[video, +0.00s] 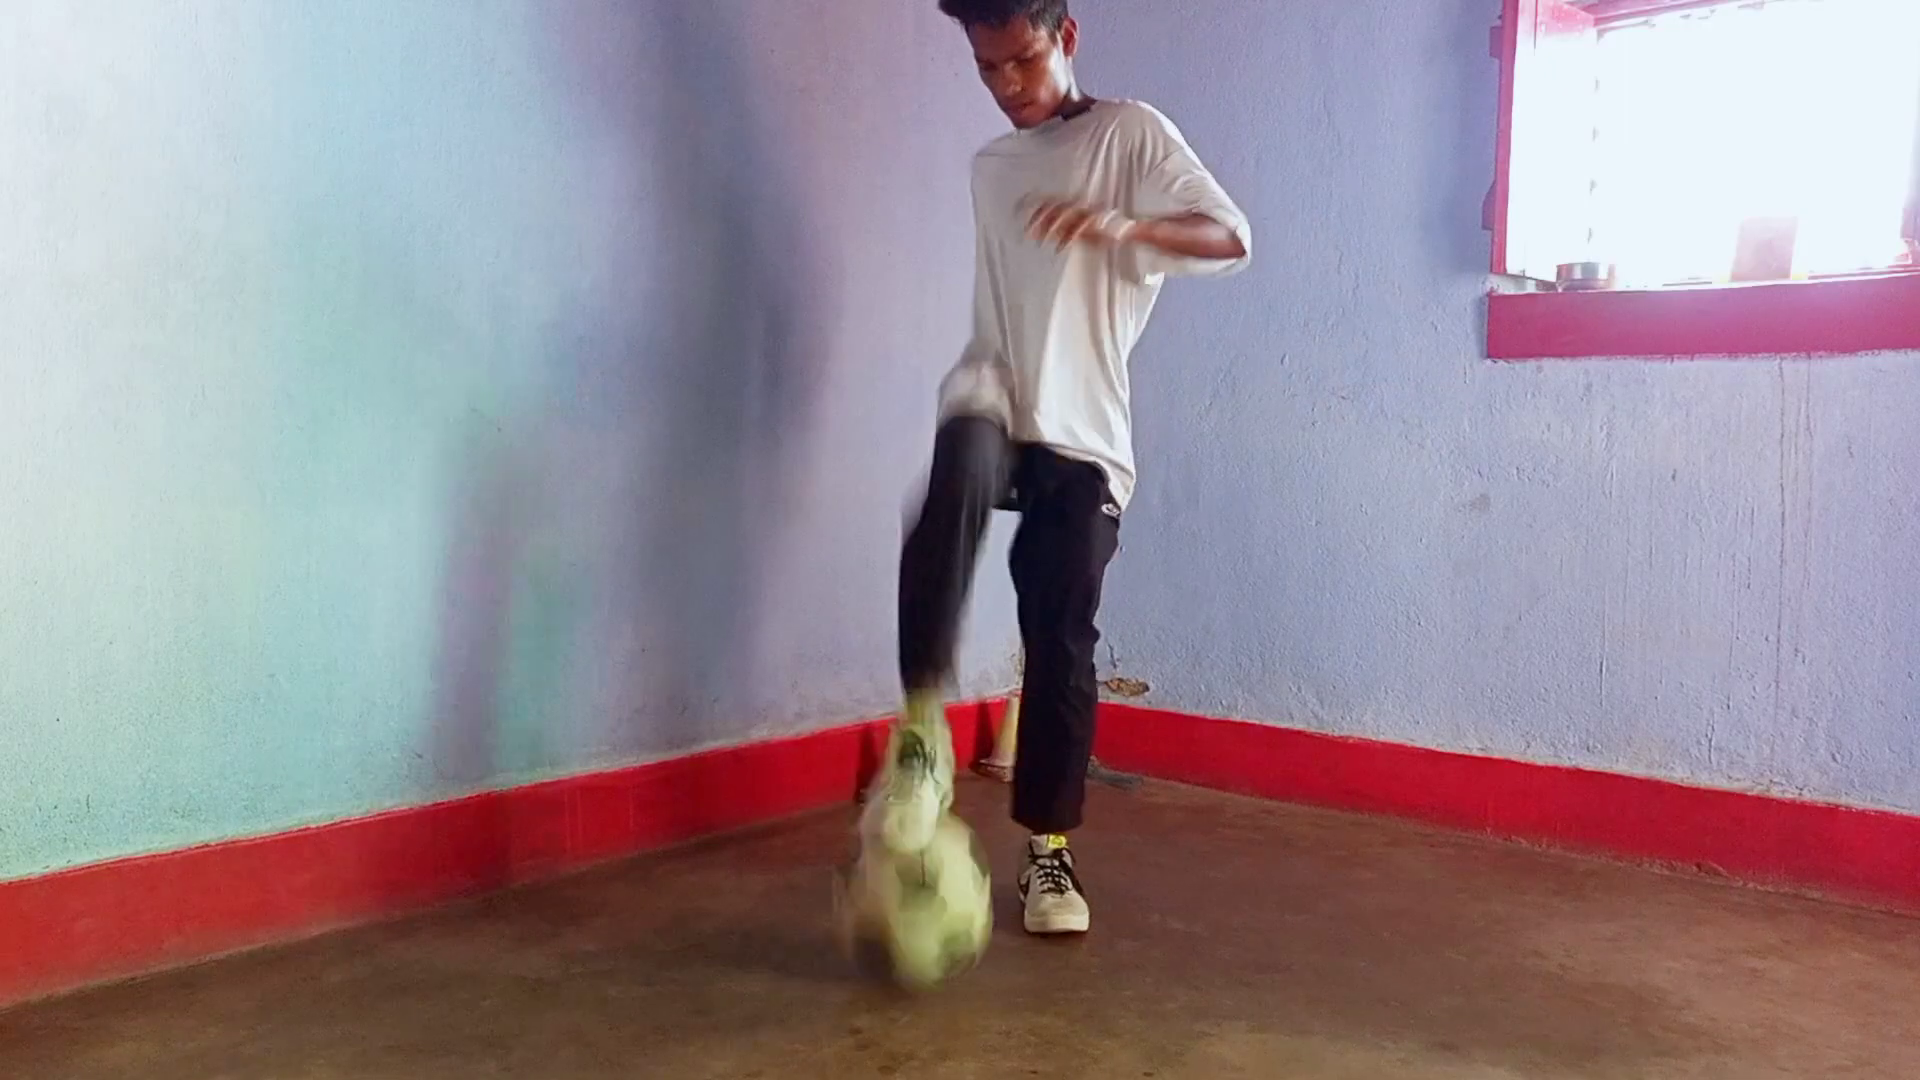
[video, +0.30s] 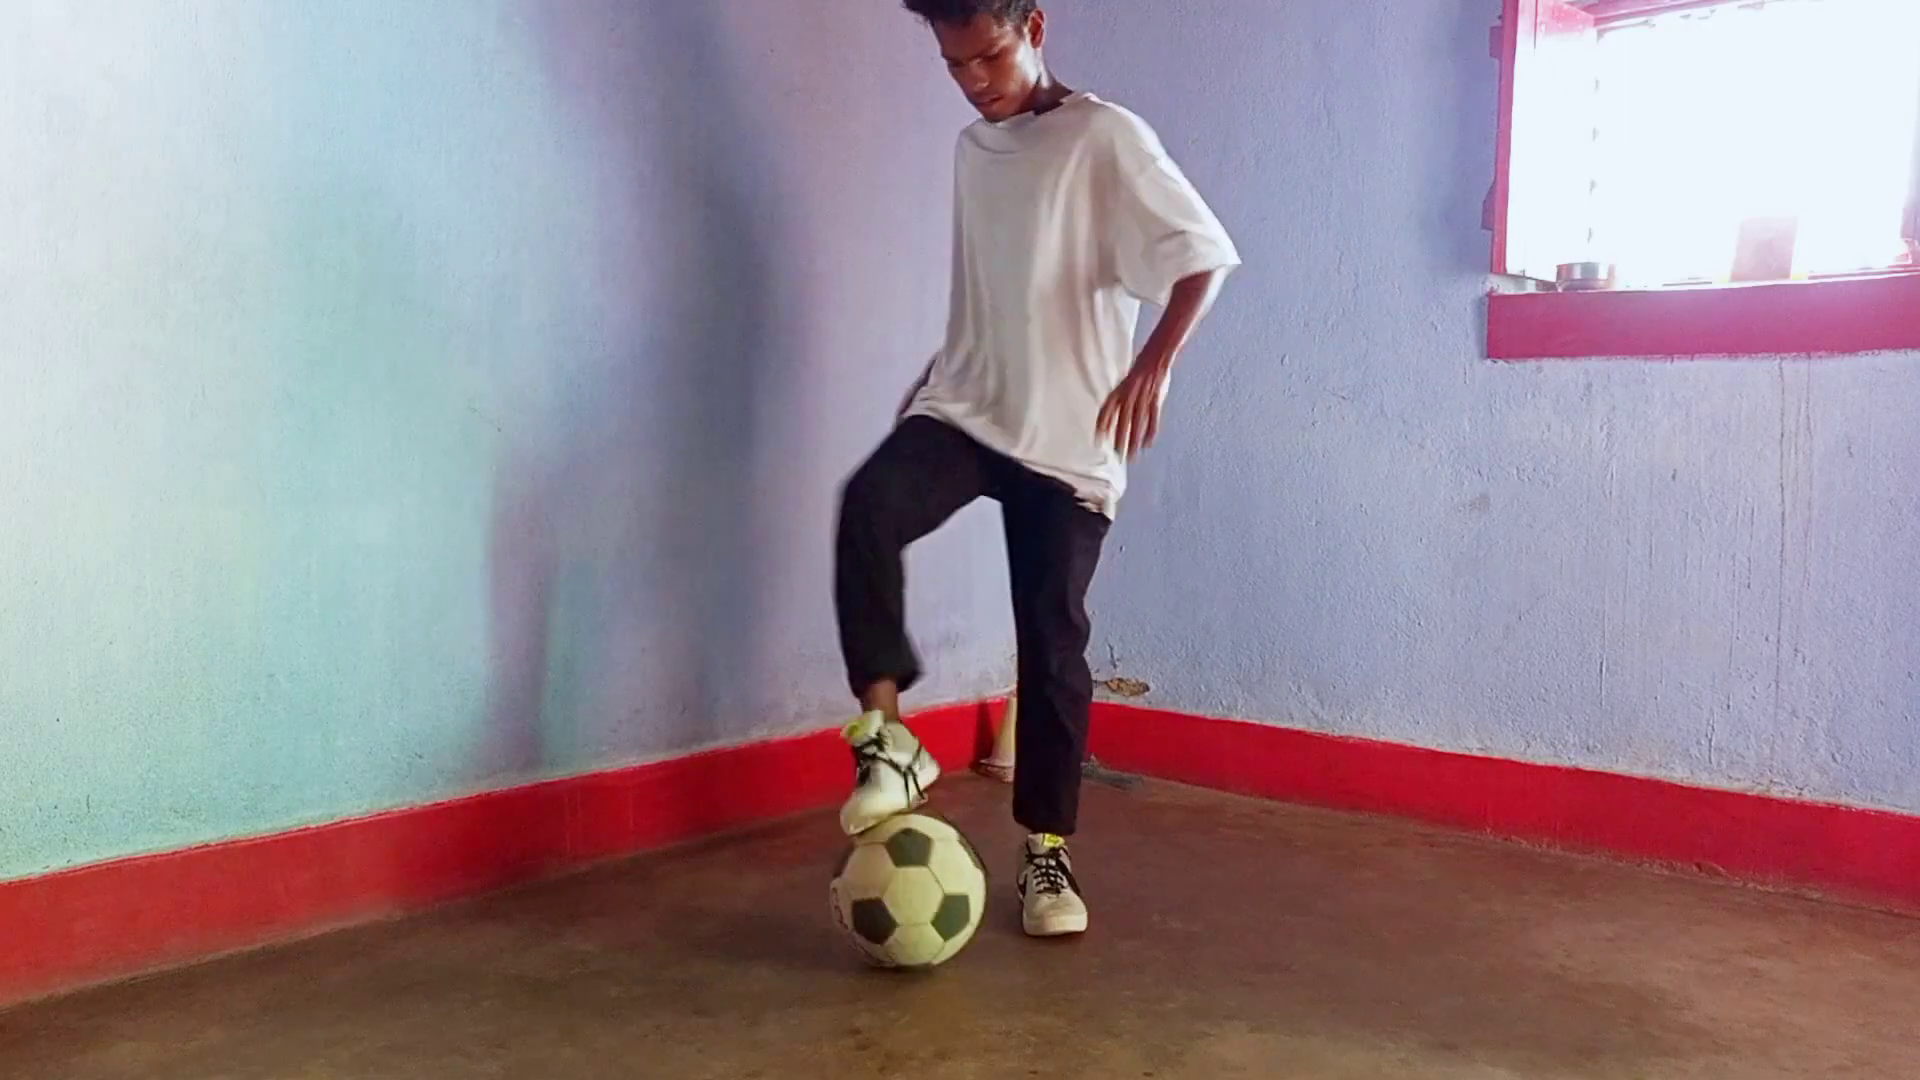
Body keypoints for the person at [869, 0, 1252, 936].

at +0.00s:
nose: (1010, 85)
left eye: (1025, 60)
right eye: (992, 67)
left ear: (1068, 38)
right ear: (974, 60)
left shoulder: (1132, 131)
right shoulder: (990, 165)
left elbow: (1229, 237)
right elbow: (999, 290)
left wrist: (1126, 229)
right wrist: (992, 380)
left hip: (1083, 420)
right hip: (989, 396)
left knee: (1061, 625)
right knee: (960, 474)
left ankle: (1049, 850)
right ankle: (921, 717)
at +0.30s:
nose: (976, 82)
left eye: (991, 58)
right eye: (958, 63)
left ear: (1035, 31)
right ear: (941, 53)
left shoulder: (1108, 138)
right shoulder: (974, 145)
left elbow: (1204, 254)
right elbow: (986, 274)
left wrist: (1150, 368)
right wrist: (950, 367)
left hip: (1066, 435)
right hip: (962, 409)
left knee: (1051, 635)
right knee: (869, 505)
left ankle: (1047, 849)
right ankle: (886, 729)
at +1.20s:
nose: (904, 63)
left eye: (920, 44)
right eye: (885, 47)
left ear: (948, 32)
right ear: (858, 41)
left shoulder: (1007, 127)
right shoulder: (821, 143)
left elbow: (1046, 272)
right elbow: (789, 287)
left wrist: (1072, 393)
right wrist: (730, 391)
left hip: (983, 433)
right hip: (868, 437)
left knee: (981, 641)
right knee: (868, 649)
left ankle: (962, 836)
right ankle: (871, 843)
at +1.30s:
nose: (924, 62)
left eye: (940, 44)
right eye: (906, 45)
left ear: (967, 36)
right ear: (877, 40)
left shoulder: (1021, 132)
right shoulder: (835, 141)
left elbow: (1054, 276)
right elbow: (800, 285)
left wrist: (1078, 400)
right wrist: (755, 398)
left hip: (993, 435)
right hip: (877, 435)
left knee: (986, 656)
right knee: (873, 651)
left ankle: (953, 854)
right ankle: (871, 842)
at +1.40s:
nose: (959, 65)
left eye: (976, 47)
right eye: (941, 47)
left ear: (1003, 41)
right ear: (910, 39)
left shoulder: (1050, 141)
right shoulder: (866, 140)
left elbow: (1074, 285)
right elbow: (825, 284)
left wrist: (1098, 406)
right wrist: (787, 408)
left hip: (1007, 433)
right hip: (897, 425)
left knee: (989, 655)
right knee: (885, 624)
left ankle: (957, 851)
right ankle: (873, 803)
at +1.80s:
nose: (1072, 72)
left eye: (1090, 52)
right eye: (1054, 50)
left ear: (1120, 49)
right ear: (1028, 45)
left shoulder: (1154, 178)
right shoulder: (968, 147)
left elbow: (1162, 337)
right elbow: (923, 292)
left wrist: (1159, 464)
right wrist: (895, 419)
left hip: (1078, 448)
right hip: (966, 429)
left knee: (1053, 652)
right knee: (946, 579)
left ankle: (1019, 833)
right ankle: (924, 794)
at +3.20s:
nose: (1068, 89)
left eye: (1088, 70)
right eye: (1052, 68)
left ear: (1123, 58)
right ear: (1027, 51)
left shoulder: (1158, 183)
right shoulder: (974, 155)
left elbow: (1178, 343)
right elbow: (936, 297)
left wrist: (1161, 471)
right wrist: (903, 414)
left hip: (1075, 451)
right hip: (967, 435)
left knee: (1052, 651)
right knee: (952, 619)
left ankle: (1021, 833)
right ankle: (937, 805)